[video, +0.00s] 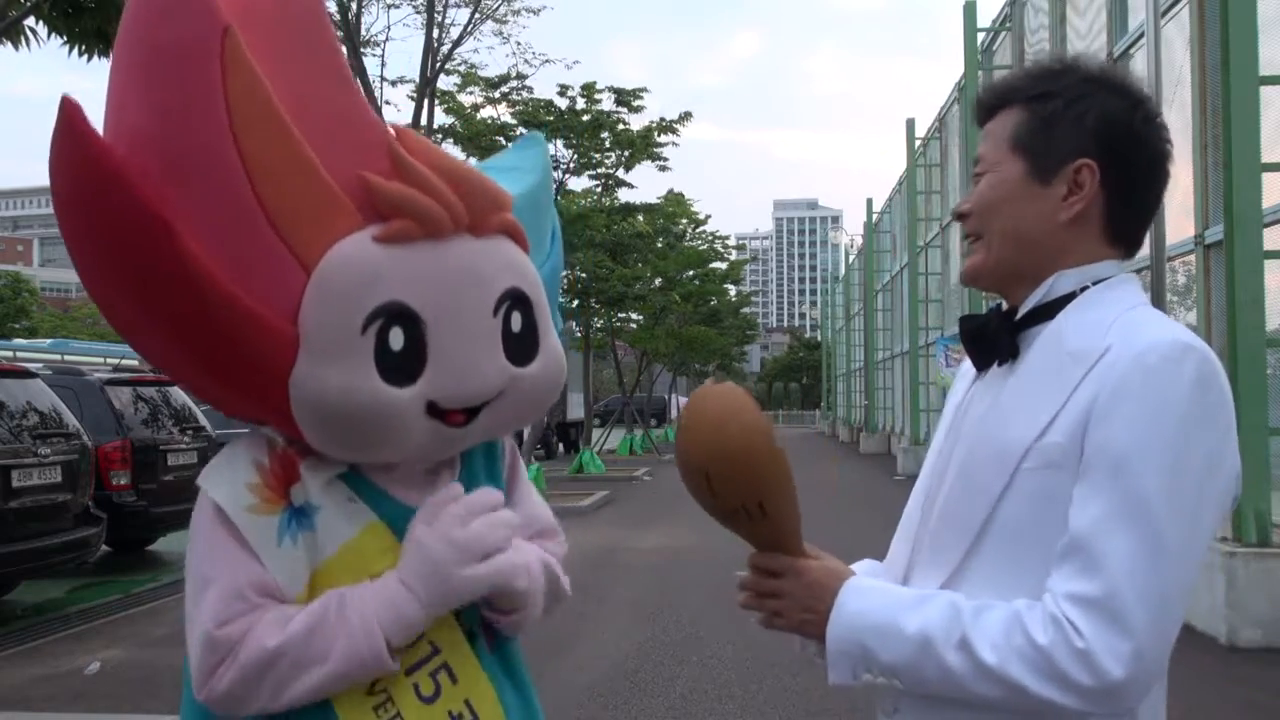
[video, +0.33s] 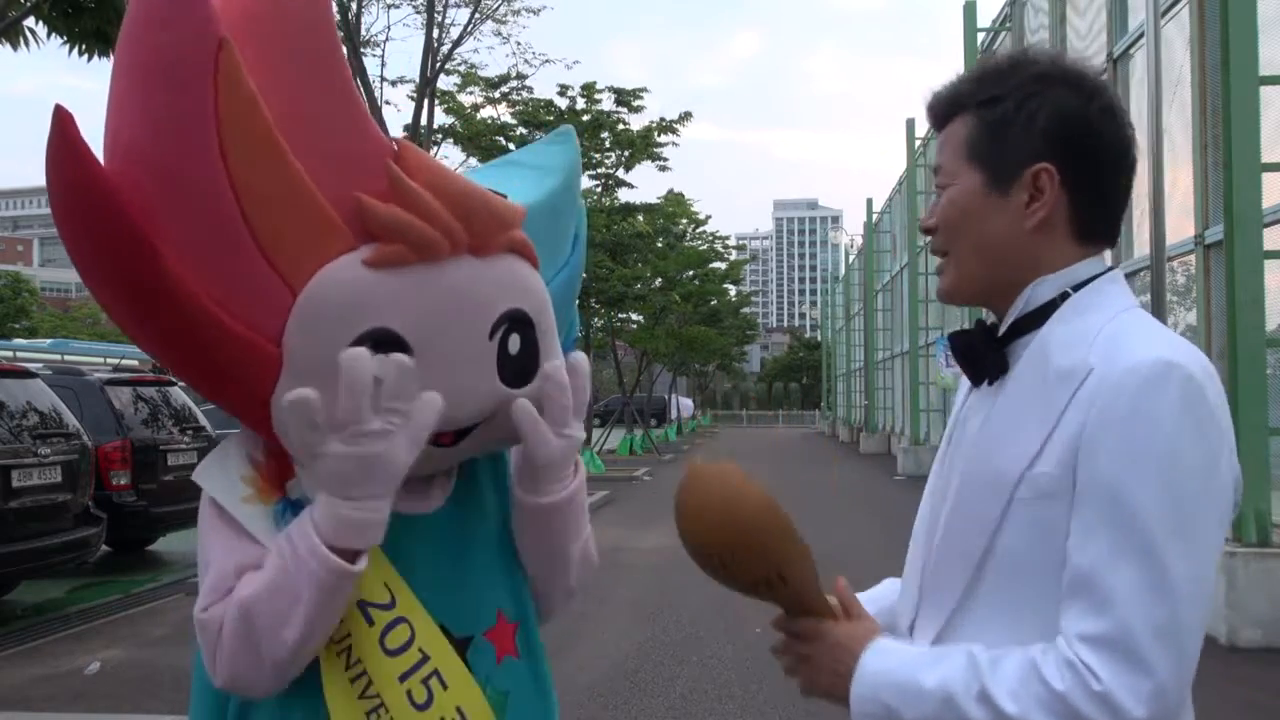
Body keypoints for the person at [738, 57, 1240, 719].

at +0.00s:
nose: (960, 206)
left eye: (983, 173)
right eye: (971, 179)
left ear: (1074, 189)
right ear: (1073, 192)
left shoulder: (1157, 364)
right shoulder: (991, 362)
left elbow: (1099, 656)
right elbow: (951, 569)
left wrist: (851, 615)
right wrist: (839, 588)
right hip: (916, 703)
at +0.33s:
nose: (926, 222)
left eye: (942, 187)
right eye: (932, 191)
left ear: (1036, 193)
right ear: (1034, 195)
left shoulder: (1151, 380)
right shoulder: (1001, 365)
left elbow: (1120, 687)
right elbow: (965, 586)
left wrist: (870, 675)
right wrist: (862, 617)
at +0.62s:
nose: (894, 221)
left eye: (910, 188)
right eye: (902, 191)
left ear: (1000, 196)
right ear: (998, 199)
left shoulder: (1116, 375)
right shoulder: (966, 365)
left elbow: (1155, 682)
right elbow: (949, 580)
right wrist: (845, 627)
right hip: (919, 705)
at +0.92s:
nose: (831, 245)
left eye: (844, 211)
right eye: (836, 215)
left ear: (929, 216)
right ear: (923, 219)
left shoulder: (1059, 372)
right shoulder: (907, 385)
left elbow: (1160, 672)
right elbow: (908, 593)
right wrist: (820, 655)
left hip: (1035, 709)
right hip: (924, 709)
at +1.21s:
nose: (865, 243)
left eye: (881, 208)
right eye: (873, 212)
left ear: (963, 216)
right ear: (960, 219)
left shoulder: (1081, 367)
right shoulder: (945, 373)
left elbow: (1121, 669)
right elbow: (932, 591)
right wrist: (816, 651)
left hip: (1018, 705)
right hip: (928, 704)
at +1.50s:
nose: (935, 222)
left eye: (954, 186)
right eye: (943, 190)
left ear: (1042, 198)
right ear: (1035, 200)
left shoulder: (1142, 356)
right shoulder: (1011, 356)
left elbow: (1139, 668)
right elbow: (964, 551)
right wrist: (823, 574)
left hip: (1020, 705)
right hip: (931, 701)